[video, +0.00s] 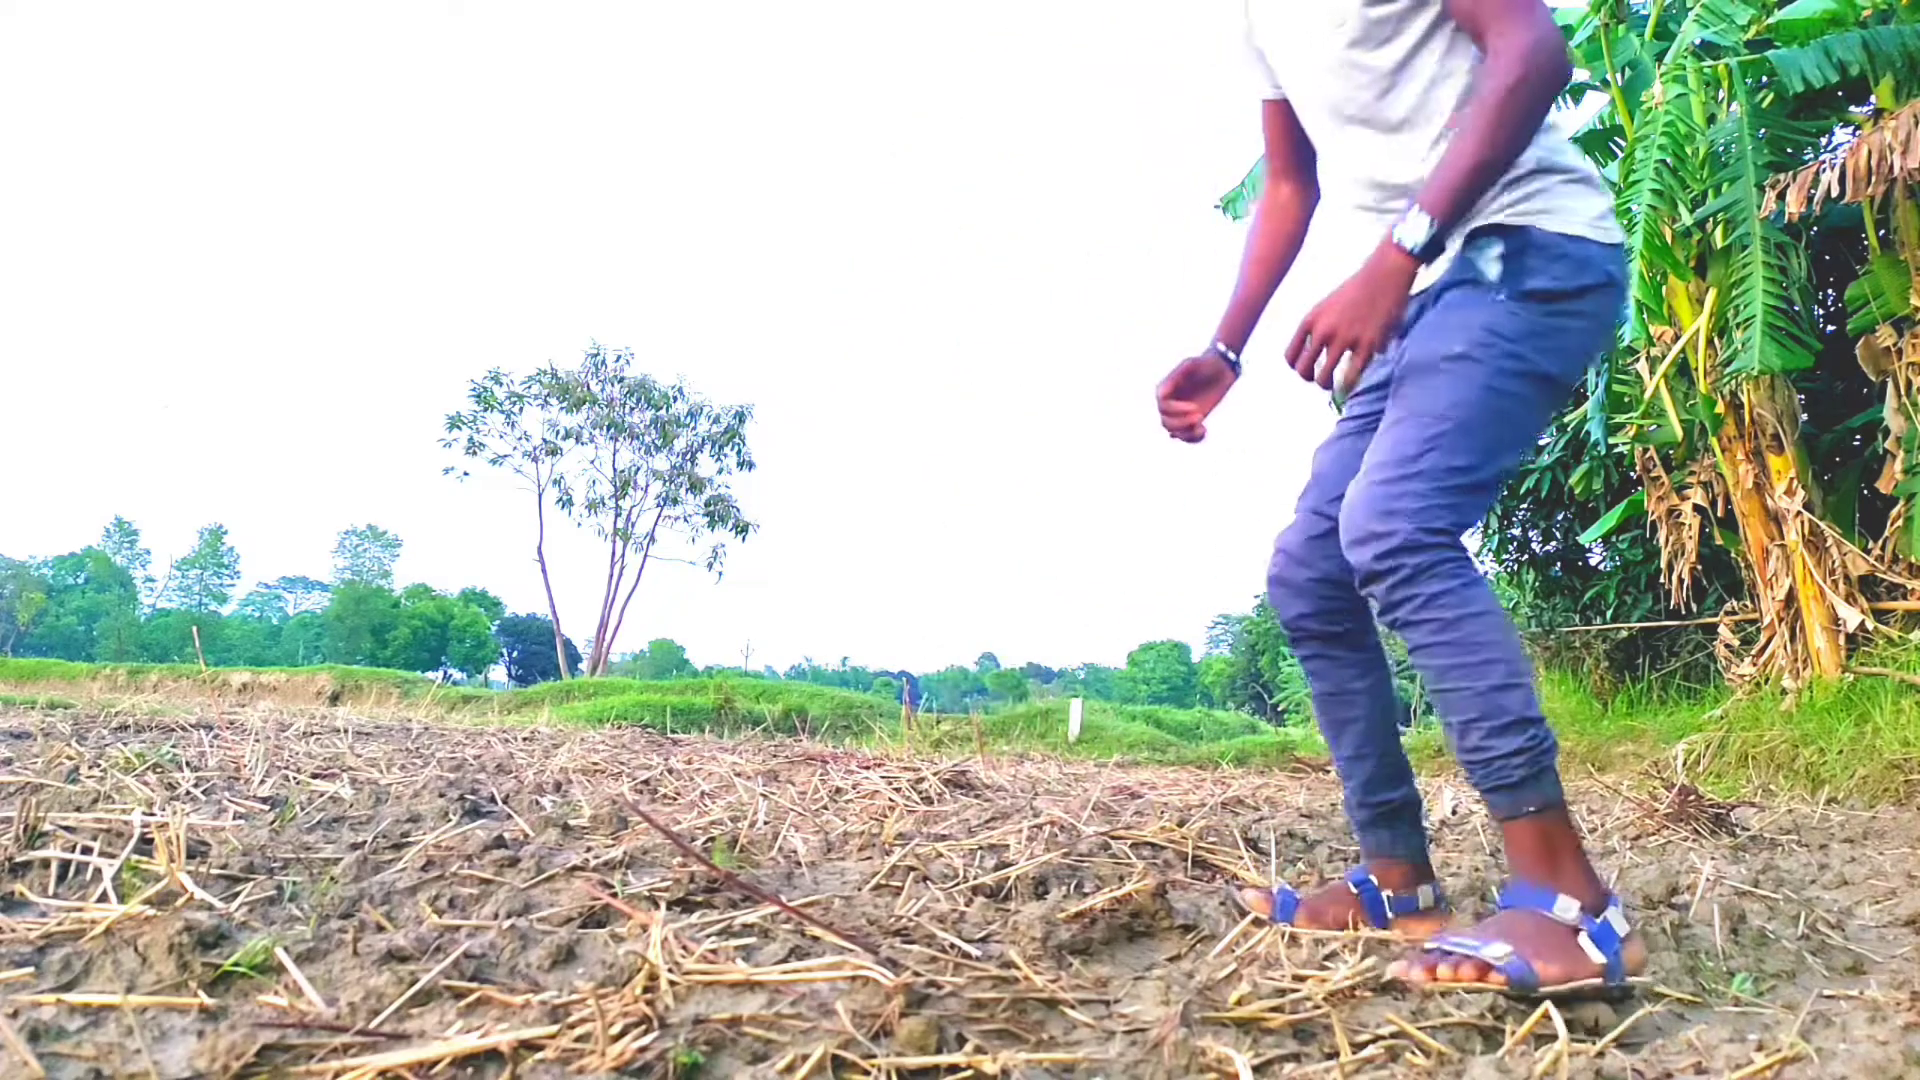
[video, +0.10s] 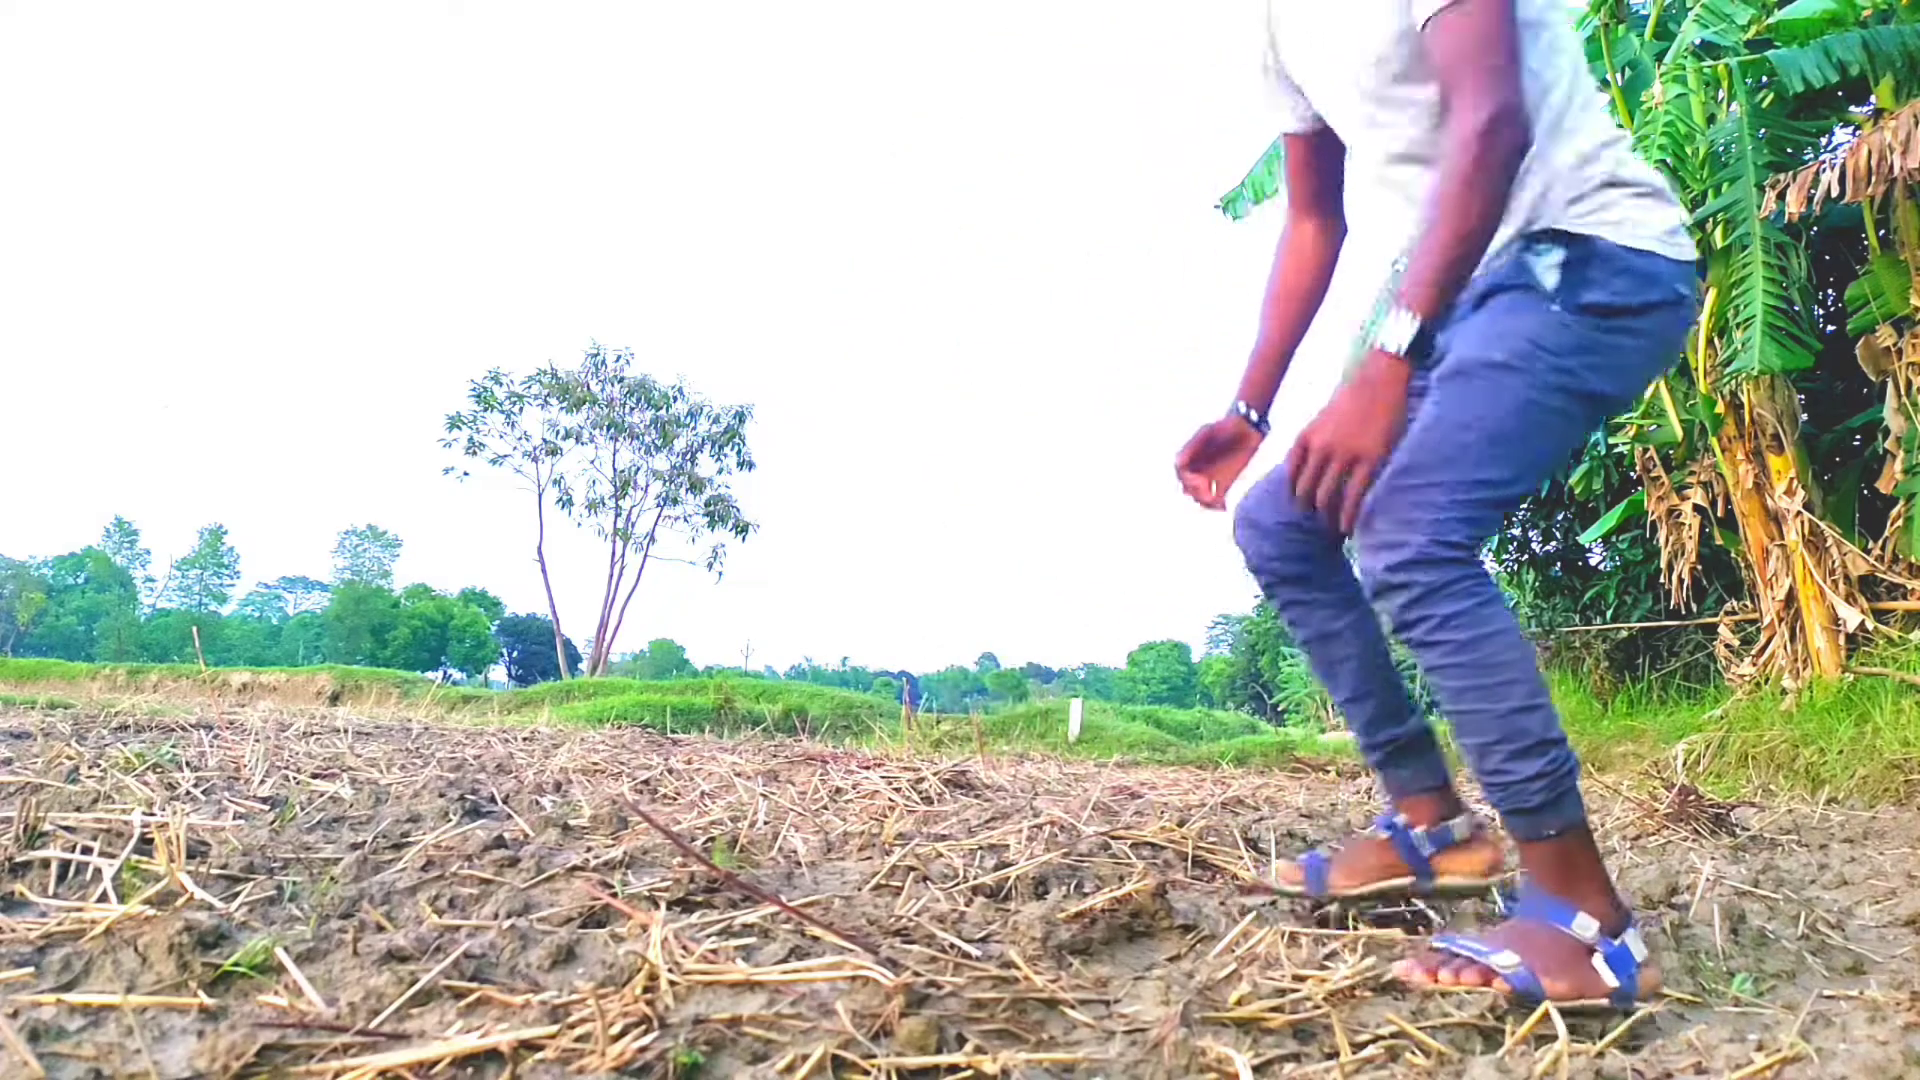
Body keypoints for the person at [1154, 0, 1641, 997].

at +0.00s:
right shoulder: (1265, 20)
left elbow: (1533, 51)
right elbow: (1288, 180)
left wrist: (1393, 257)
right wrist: (1227, 347)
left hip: (1531, 248)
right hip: (1428, 286)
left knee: (1396, 529)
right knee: (1306, 574)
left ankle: (1564, 898)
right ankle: (1398, 884)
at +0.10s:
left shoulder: (1449, 5)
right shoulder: (1290, 24)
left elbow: (1493, 126)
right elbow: (1311, 214)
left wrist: (1388, 357)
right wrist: (1251, 407)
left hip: (1585, 250)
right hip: (1467, 285)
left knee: (1409, 537)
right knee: (1278, 522)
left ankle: (1580, 912)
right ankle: (1431, 823)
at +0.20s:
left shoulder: (1439, 4)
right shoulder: (1289, 38)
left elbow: (1438, 190)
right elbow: (1311, 252)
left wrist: (1356, 427)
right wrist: (1249, 450)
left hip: (1632, 269)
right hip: (1508, 303)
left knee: (1425, 540)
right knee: (1312, 530)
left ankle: (1598, 921)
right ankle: (1479, 826)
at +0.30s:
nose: (1183, 53)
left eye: (1186, 15)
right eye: (1159, 39)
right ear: (1157, 43)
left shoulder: (1418, 24)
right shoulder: (1275, 127)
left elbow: (1363, 305)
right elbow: (1275, 345)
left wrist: (1273, 539)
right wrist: (1210, 546)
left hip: (1692, 298)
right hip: (1563, 326)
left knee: (1442, 544)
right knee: (1331, 533)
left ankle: (1607, 923)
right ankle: (1472, 865)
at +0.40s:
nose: (1185, 140)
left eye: (1189, 90)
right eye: (1151, 129)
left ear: (1256, 38)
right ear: (1143, 147)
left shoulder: (1407, 102)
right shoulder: (1266, 228)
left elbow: (1322, 391)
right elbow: (1231, 436)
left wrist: (1187, 614)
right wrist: (1144, 622)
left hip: (1715, 345)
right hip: (1584, 374)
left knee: (1440, 541)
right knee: (1334, 531)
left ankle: (1605, 926)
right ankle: (1471, 873)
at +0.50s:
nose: (1184, 261)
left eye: (1190, 212)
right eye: (1148, 251)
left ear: (1250, 168)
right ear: (1142, 270)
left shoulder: (1387, 224)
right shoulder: (1261, 333)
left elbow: (1265, 513)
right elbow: (1193, 521)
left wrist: (1088, 699)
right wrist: (1061, 686)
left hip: (1720, 457)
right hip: (1596, 468)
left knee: (1423, 543)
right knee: (1310, 551)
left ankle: (1581, 918)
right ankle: (1462, 881)